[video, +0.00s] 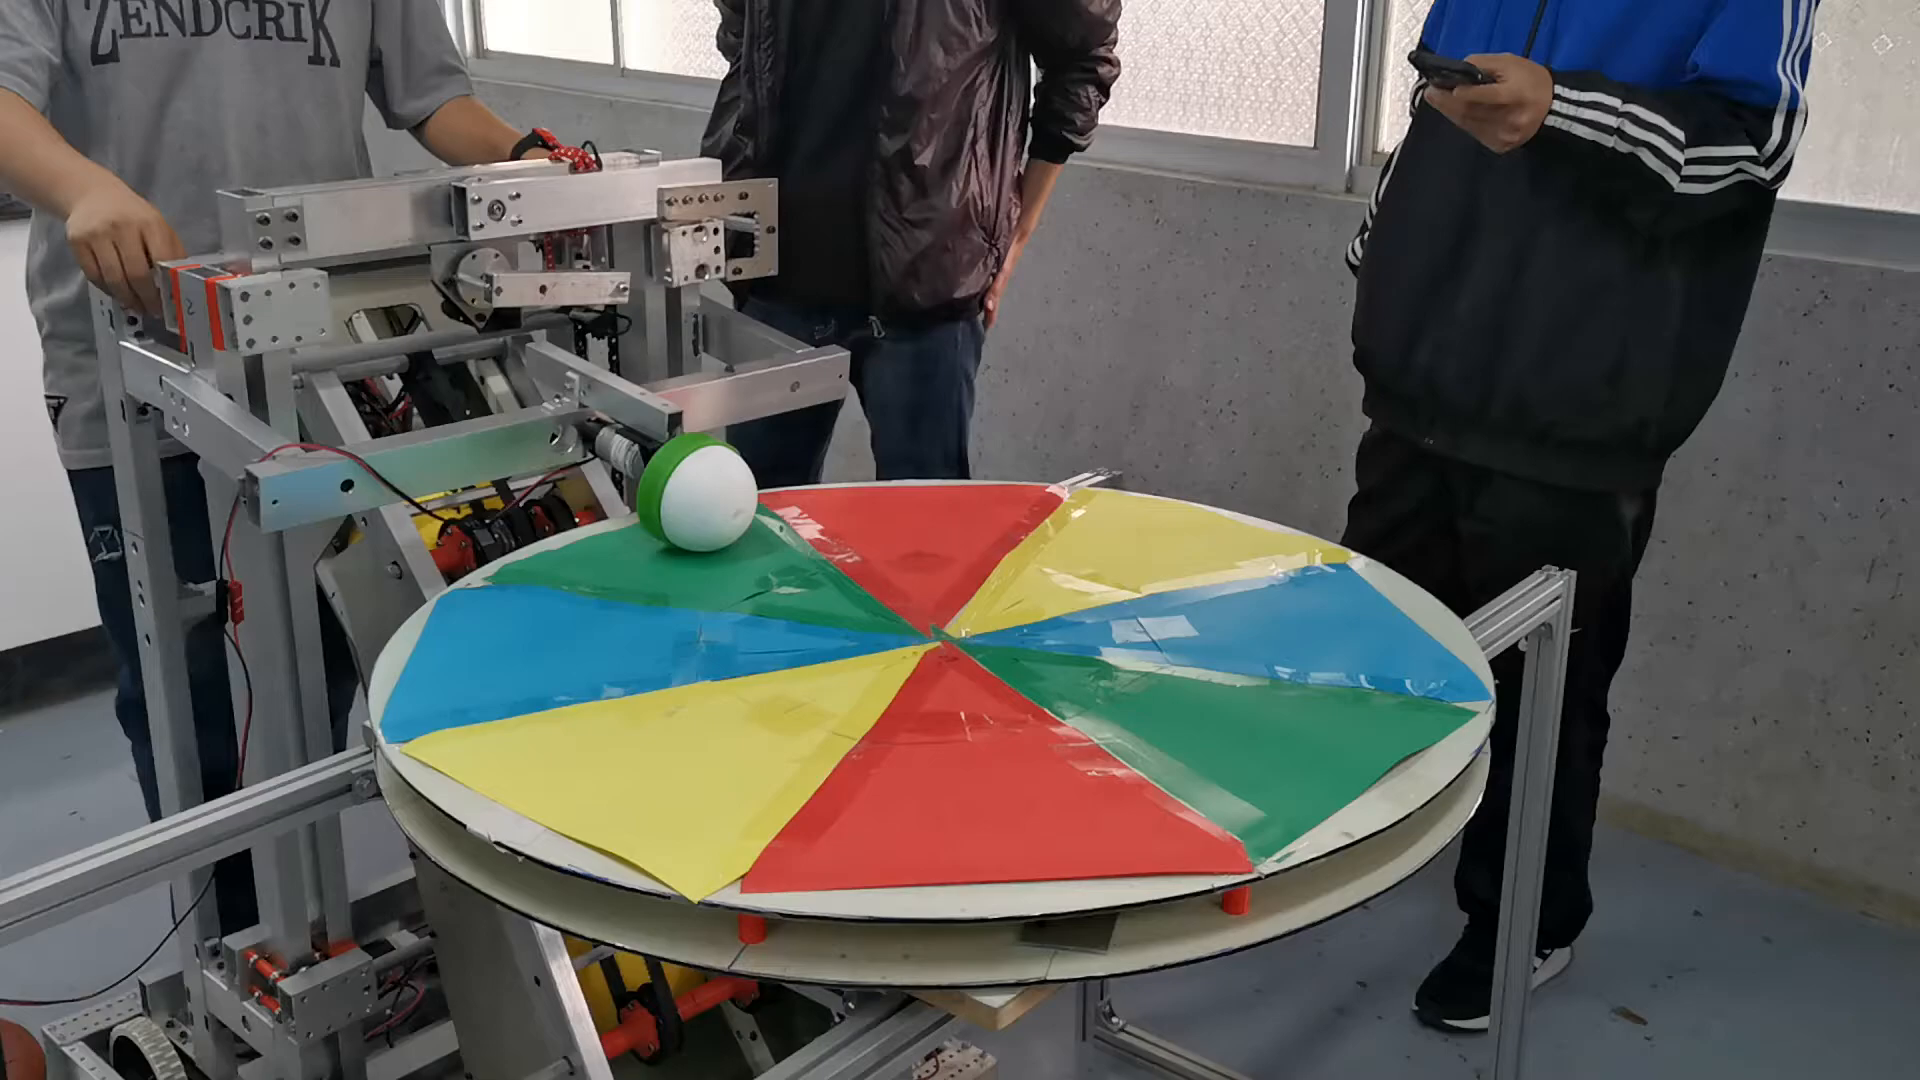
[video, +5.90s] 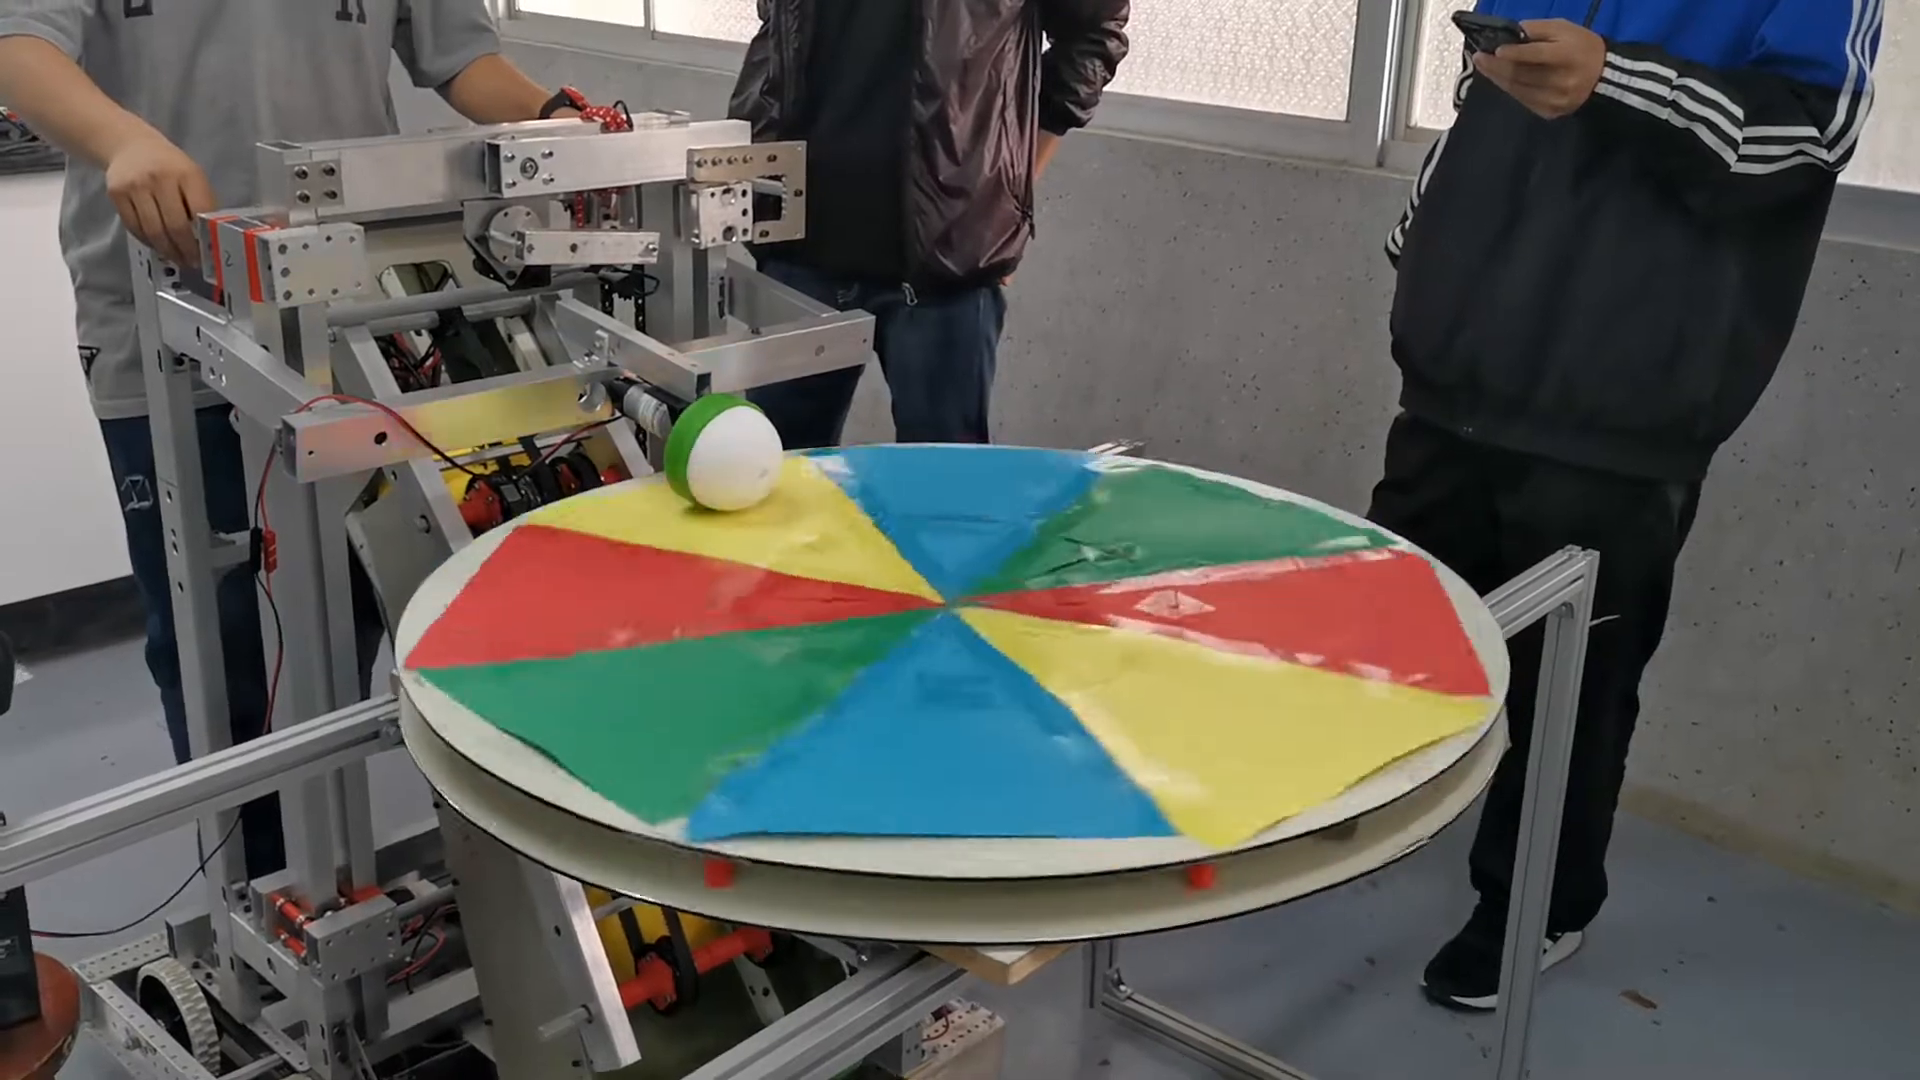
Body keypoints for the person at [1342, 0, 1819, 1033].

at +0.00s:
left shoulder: (1751, 4)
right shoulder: (1484, 5)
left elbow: (1751, 140)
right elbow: (1440, 103)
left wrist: (1555, 108)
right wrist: (1379, 257)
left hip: (1590, 381)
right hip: (1432, 343)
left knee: (1541, 677)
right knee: (1383, 635)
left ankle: (1522, 919)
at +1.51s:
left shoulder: (1784, 7)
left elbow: (1786, 131)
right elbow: (1463, 66)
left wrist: (1586, 85)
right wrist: (1395, 241)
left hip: (1618, 371)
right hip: (1453, 331)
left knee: (1558, 671)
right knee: (1385, 625)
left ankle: (1530, 912)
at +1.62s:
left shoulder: (1784, 7)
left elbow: (1785, 132)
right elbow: (1462, 51)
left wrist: (1586, 83)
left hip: (1617, 371)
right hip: (1450, 330)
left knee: (1558, 671)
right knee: (1385, 626)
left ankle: (1531, 911)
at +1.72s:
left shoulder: (1783, 7)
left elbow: (1785, 131)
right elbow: (1465, 83)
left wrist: (1586, 84)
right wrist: (1397, 241)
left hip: (1617, 371)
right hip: (1452, 331)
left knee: (1557, 672)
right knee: (1387, 627)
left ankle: (1529, 913)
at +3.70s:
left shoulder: (1811, 7)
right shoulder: (1532, 5)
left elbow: (1805, 138)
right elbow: (1482, 86)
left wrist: (1609, 84)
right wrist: (1409, 243)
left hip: (1631, 375)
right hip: (1467, 330)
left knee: (1565, 669)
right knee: (1389, 622)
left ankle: (1524, 911)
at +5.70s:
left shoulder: (1822, 7)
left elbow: (1812, 139)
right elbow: (1493, 78)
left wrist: (1612, 81)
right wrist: (1421, 240)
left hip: (1639, 371)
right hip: (1474, 324)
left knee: (1573, 665)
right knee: (1402, 608)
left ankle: (1532, 908)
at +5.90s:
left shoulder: (1816, 7)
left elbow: (1810, 132)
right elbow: (1492, 67)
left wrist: (1609, 78)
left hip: (1637, 368)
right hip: (1473, 320)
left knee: (1572, 665)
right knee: (1400, 610)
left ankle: (1533, 905)